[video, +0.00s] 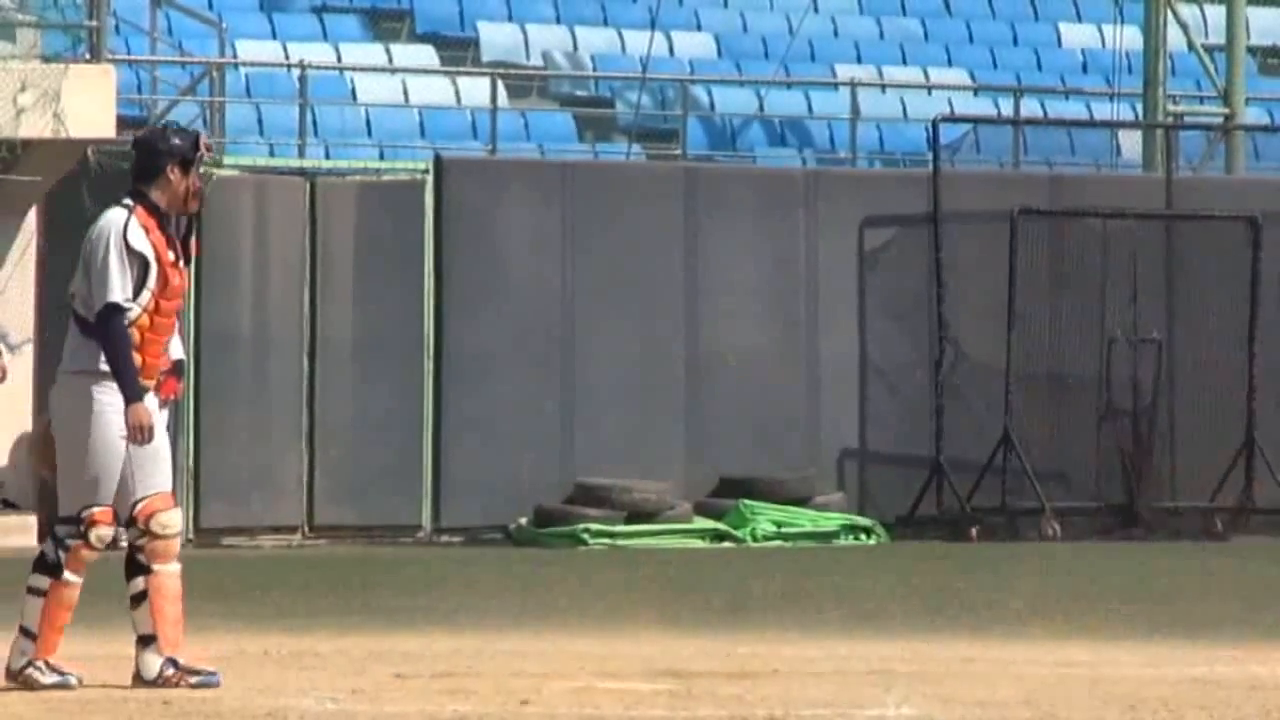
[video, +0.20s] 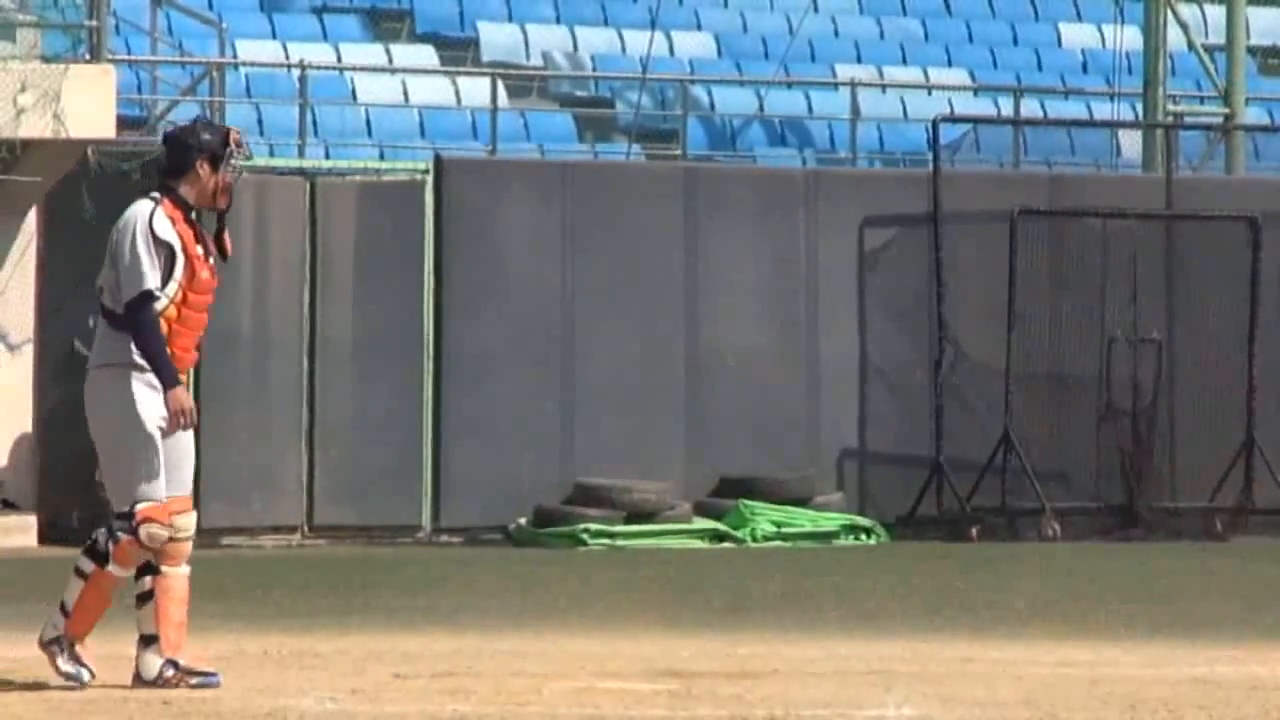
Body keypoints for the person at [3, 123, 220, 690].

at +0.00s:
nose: (198, 184)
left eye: (198, 173)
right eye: (193, 173)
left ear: (166, 175)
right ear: (168, 174)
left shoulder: (160, 233)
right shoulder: (117, 227)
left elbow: (153, 311)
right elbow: (110, 317)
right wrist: (134, 397)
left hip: (144, 391)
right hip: (96, 388)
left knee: (160, 526)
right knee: (88, 527)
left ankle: (159, 660)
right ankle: (32, 657)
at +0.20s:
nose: (228, 181)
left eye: (229, 170)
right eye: (224, 169)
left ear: (197, 170)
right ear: (198, 169)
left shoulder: (187, 228)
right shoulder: (145, 219)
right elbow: (138, 310)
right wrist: (172, 383)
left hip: (169, 380)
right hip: (128, 378)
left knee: (176, 523)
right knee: (142, 520)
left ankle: (161, 659)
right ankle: (65, 635)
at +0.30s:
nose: (241, 179)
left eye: (241, 168)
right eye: (234, 167)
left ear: (209, 170)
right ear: (208, 167)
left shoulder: (203, 229)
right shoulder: (157, 216)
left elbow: (188, 330)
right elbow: (149, 309)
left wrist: (207, 424)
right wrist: (188, 379)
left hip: (178, 381)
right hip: (139, 377)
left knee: (180, 522)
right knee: (164, 517)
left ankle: (164, 659)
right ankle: (104, 640)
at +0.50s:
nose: (257, 176)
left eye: (257, 165)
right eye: (252, 165)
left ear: (228, 166)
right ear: (228, 166)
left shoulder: (226, 230)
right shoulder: (169, 219)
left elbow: (230, 323)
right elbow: (156, 303)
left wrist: (272, 397)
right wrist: (199, 372)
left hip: (195, 380)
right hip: (159, 378)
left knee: (179, 517)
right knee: (201, 510)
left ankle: (155, 653)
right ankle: (188, 654)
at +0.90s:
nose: (309, 181)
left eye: (310, 171)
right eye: (301, 170)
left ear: (281, 173)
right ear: (274, 170)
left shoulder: (282, 233)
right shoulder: (222, 224)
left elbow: (271, 332)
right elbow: (189, 310)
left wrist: (293, 405)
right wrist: (182, 392)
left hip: (259, 389)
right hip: (219, 383)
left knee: (221, 526)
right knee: (250, 520)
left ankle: (166, 651)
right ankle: (263, 660)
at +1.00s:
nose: (320, 176)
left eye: (320, 165)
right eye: (312, 165)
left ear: (289, 167)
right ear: (286, 165)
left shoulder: (295, 227)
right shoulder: (235, 219)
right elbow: (202, 304)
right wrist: (200, 387)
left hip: (278, 385)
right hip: (236, 379)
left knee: (279, 522)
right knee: (254, 520)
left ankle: (186, 630)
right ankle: (263, 659)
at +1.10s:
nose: (327, 173)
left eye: (328, 163)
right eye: (320, 163)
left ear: (302, 166)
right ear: (294, 165)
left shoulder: (305, 223)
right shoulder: (244, 219)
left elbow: (290, 302)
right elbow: (214, 304)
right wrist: (217, 390)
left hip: (289, 385)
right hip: (248, 381)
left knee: (307, 528)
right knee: (261, 521)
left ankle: (210, 619)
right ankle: (264, 662)